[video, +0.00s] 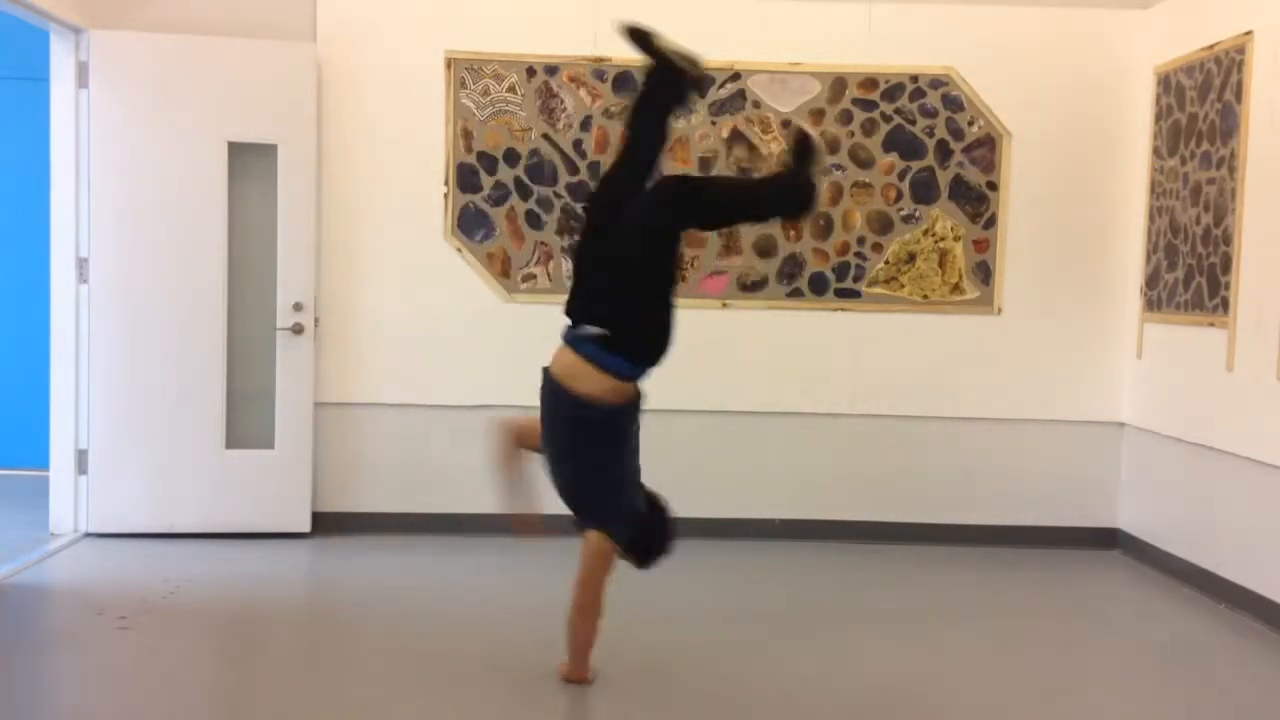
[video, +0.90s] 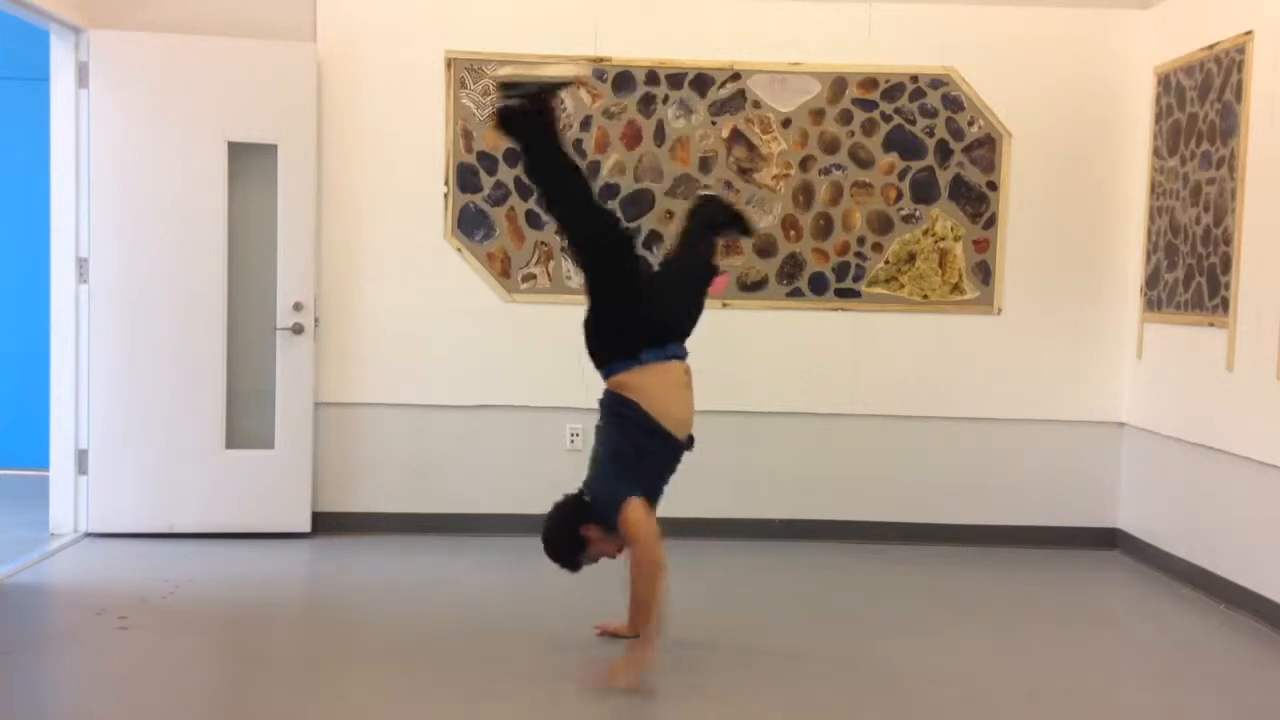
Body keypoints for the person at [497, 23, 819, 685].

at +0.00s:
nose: (626, 559)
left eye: (635, 553)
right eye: (636, 554)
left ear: (641, 512)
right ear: (642, 536)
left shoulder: (579, 464)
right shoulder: (612, 515)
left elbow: (514, 432)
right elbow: (587, 596)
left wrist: (517, 499)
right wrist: (577, 668)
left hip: (583, 334)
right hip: (630, 341)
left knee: (615, 195)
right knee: (667, 203)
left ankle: (664, 81)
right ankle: (792, 189)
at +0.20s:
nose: (647, 573)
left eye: (657, 567)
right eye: (638, 570)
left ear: (674, 536)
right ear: (614, 544)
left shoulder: (685, 498)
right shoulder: (579, 510)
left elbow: (720, 564)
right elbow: (555, 588)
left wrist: (723, 643)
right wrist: (568, 668)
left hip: (647, 367)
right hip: (582, 368)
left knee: (704, 230)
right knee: (583, 226)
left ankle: (800, 131)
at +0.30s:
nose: (626, 584)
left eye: (636, 581)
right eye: (616, 580)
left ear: (656, 549)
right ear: (597, 548)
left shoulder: (686, 513)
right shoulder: (575, 513)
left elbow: (713, 590)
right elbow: (553, 586)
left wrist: (719, 671)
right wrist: (565, 666)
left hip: (673, 355)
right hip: (606, 349)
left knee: (746, 248)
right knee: (577, 236)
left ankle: (852, 170)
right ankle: (529, 179)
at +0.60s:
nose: (616, 578)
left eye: (615, 571)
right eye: (609, 576)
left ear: (623, 548)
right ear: (580, 531)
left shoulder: (674, 520)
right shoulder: (600, 513)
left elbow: (716, 586)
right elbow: (632, 566)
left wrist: (720, 671)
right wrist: (631, 624)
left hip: (686, 372)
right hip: (629, 371)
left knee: (734, 245)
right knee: (617, 249)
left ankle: (755, 137)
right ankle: (561, 160)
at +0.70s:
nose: (616, 572)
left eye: (612, 565)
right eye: (606, 570)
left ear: (617, 544)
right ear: (599, 534)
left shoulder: (661, 520)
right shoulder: (606, 508)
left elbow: (707, 586)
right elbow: (638, 566)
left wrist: (720, 670)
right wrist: (635, 625)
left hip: (673, 368)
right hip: (628, 368)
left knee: (678, 244)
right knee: (643, 264)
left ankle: (662, 126)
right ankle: (609, 182)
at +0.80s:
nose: (614, 563)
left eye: (607, 557)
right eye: (605, 561)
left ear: (605, 535)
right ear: (600, 533)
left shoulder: (642, 506)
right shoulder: (616, 501)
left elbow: (695, 575)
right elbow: (644, 562)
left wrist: (709, 658)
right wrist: (637, 623)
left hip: (660, 359)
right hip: (631, 360)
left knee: (634, 228)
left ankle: (584, 121)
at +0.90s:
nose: (606, 559)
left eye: (595, 555)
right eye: (596, 557)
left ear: (593, 531)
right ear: (593, 526)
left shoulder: (626, 500)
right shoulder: (616, 495)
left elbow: (653, 566)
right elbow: (649, 559)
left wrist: (644, 648)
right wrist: (637, 620)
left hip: (630, 355)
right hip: (656, 348)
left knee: (593, 232)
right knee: (682, 288)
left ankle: (531, 125)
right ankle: (705, 222)